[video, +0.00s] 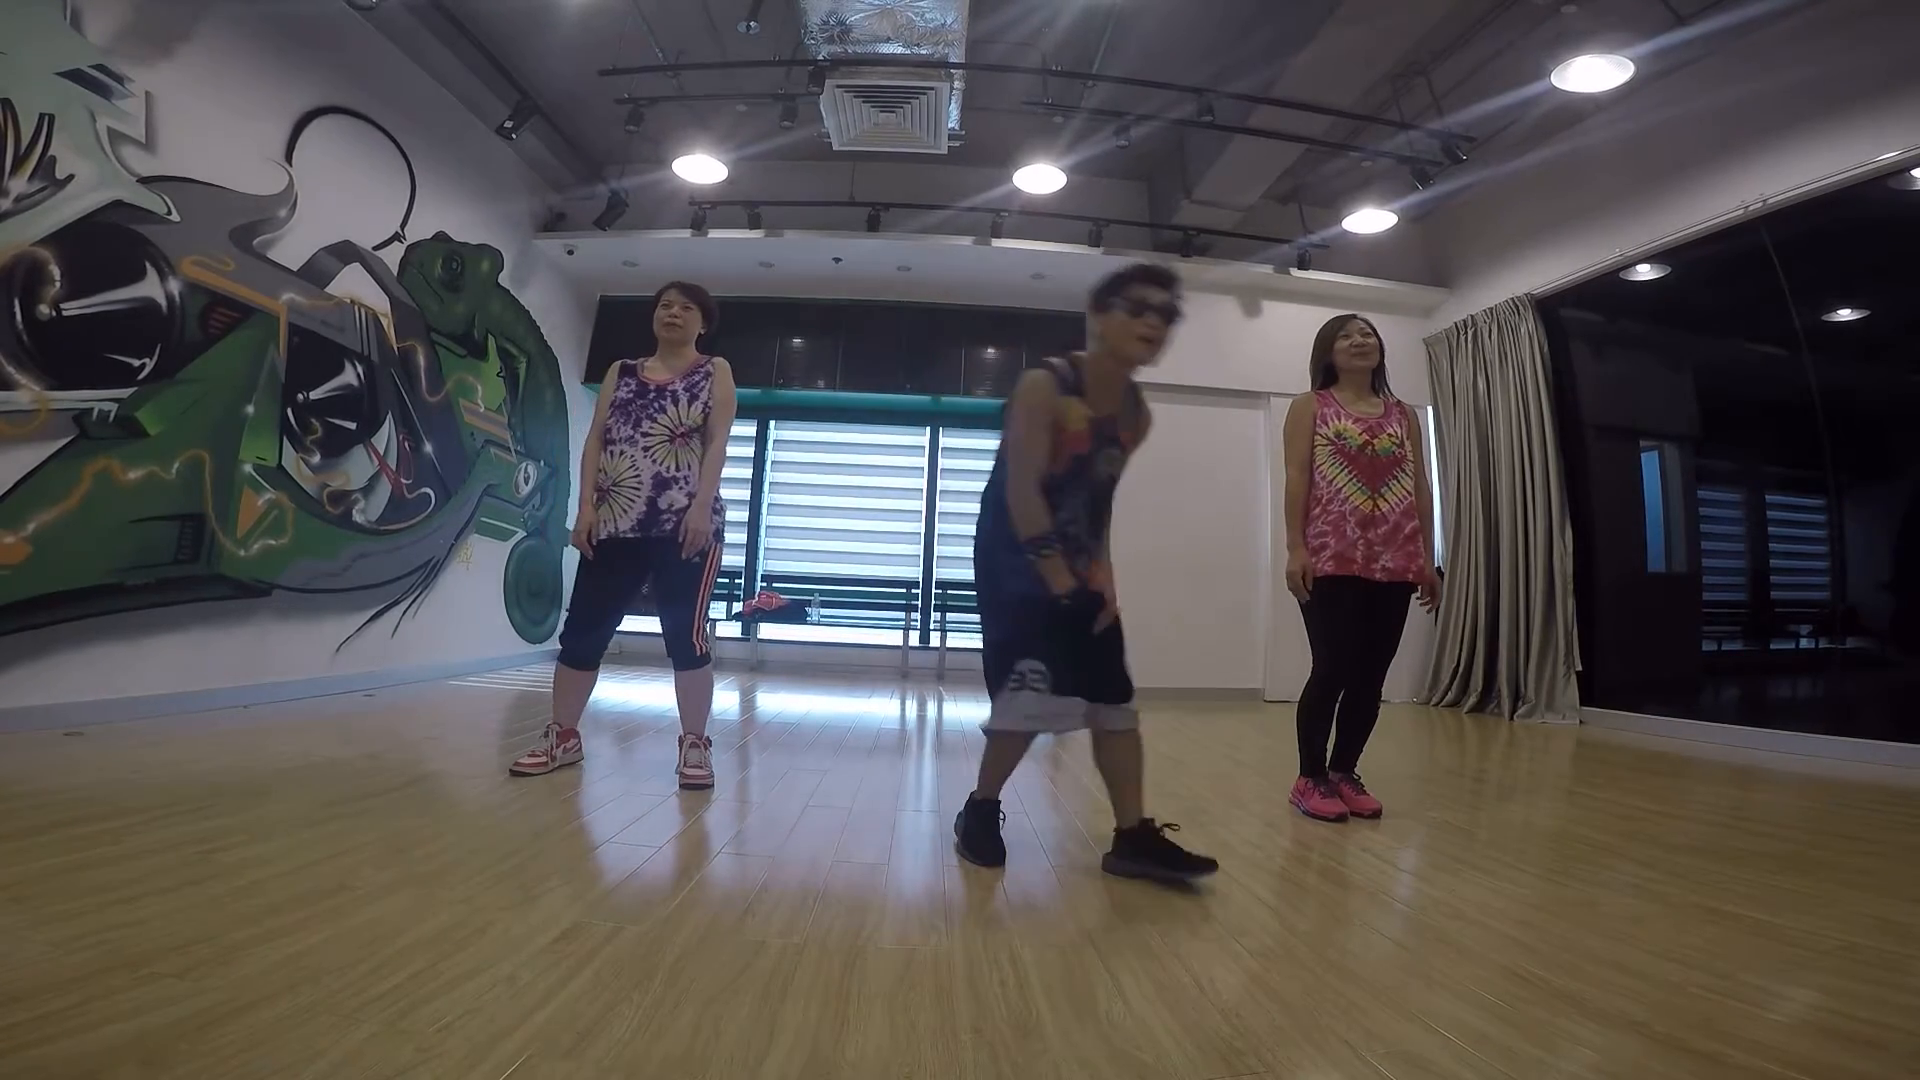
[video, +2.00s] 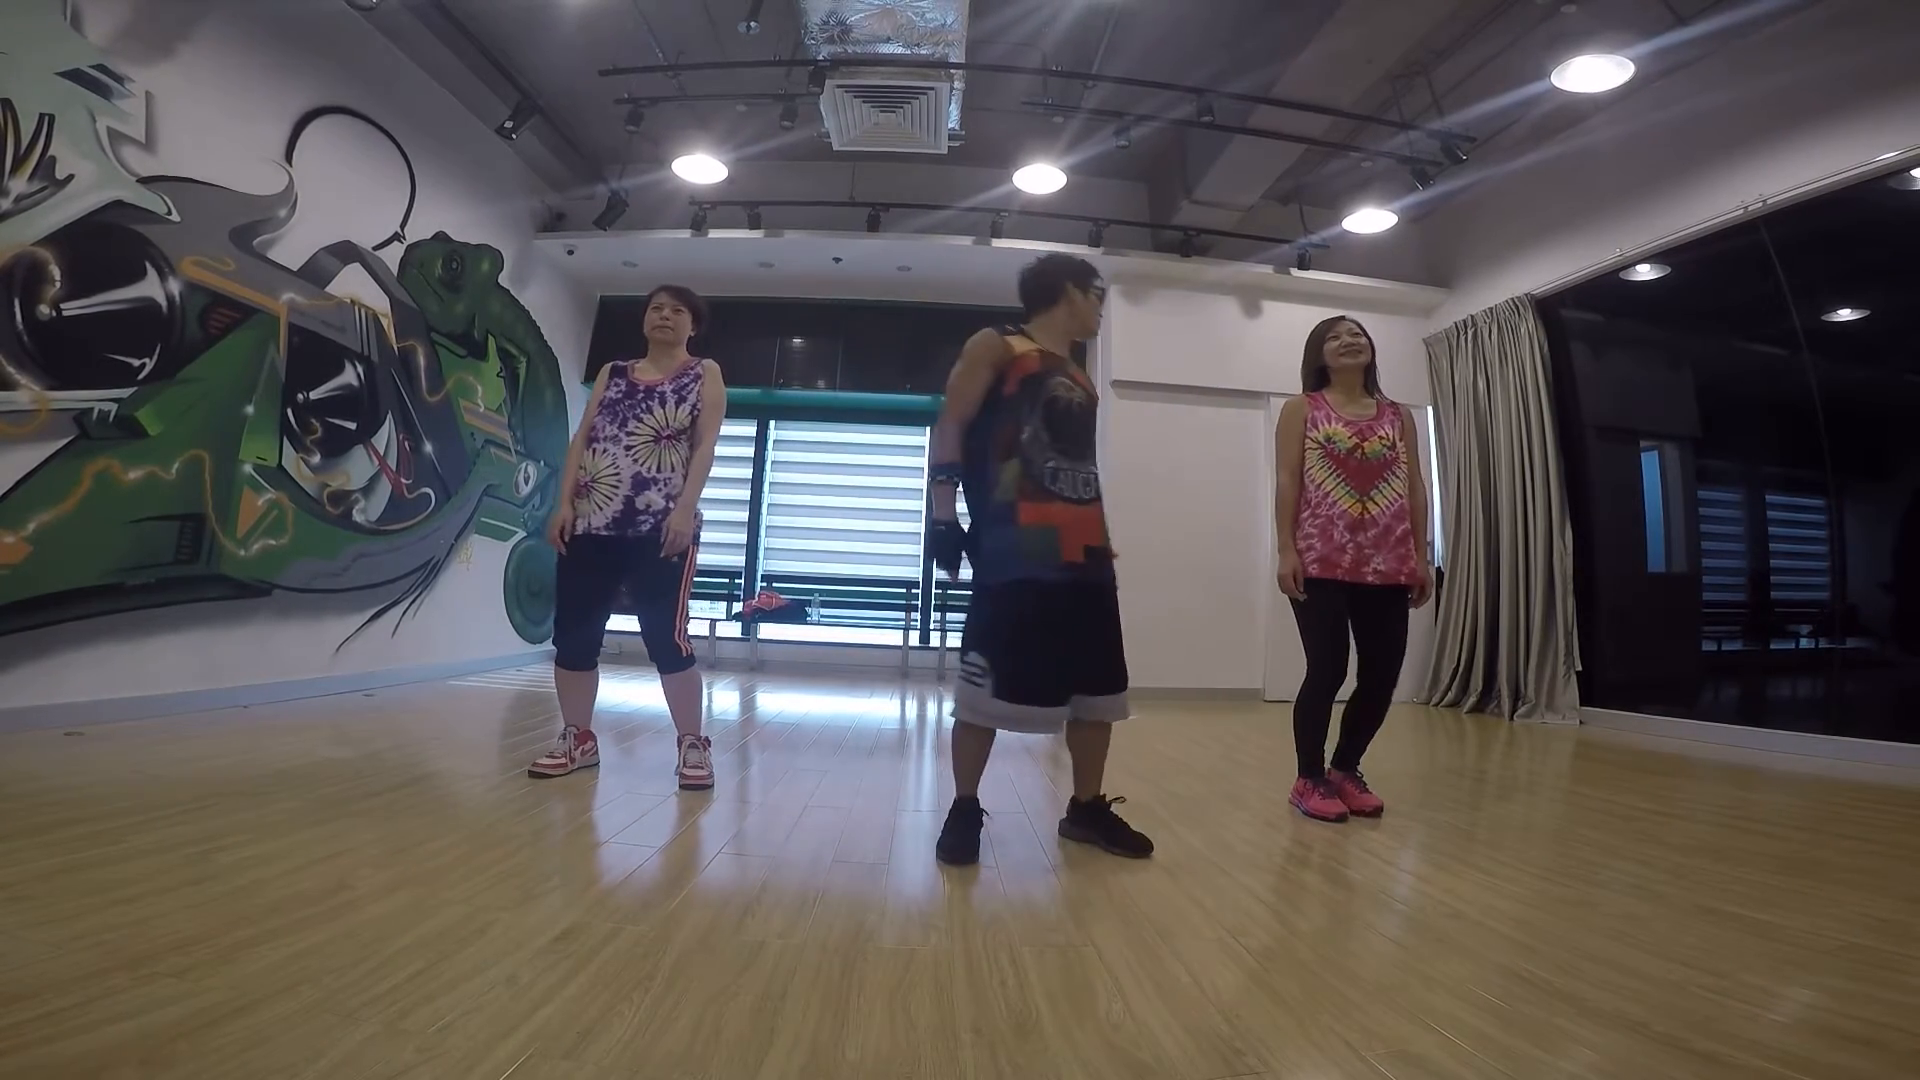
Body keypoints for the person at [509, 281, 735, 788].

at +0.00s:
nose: (673, 312)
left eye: (685, 307)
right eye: (665, 306)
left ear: (702, 324)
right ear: (653, 317)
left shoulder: (713, 371)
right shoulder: (621, 372)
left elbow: (716, 444)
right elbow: (595, 440)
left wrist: (702, 507)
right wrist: (586, 506)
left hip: (683, 527)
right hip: (615, 524)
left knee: (686, 640)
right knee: (581, 634)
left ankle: (695, 745)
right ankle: (562, 739)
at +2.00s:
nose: (664, 315)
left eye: (676, 309)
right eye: (656, 308)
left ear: (693, 326)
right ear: (643, 320)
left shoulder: (705, 374)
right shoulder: (612, 373)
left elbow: (704, 446)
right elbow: (581, 441)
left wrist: (685, 509)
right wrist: (564, 501)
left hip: (659, 529)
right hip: (591, 526)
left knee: (666, 641)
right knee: (573, 637)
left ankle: (692, 744)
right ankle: (578, 740)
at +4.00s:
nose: (668, 310)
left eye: (681, 305)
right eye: (660, 303)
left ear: (697, 322)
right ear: (647, 316)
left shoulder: (709, 368)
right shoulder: (619, 373)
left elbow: (711, 441)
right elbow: (591, 441)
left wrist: (694, 506)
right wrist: (575, 504)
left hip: (671, 527)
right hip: (603, 523)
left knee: (672, 641)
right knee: (580, 636)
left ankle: (692, 745)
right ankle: (578, 741)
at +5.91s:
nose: (639, 310)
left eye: (652, 304)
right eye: (630, 303)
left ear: (668, 321)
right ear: (616, 316)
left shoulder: (681, 378)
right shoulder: (580, 370)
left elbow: (686, 452)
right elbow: (545, 436)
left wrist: (688, 519)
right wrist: (523, 502)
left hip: (643, 527)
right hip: (572, 524)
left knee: (624, 636)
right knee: (575, 639)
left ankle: (630, 748)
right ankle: (593, 743)